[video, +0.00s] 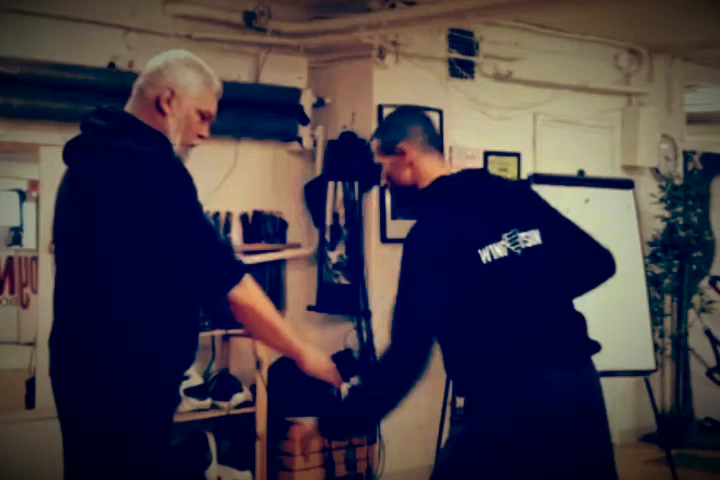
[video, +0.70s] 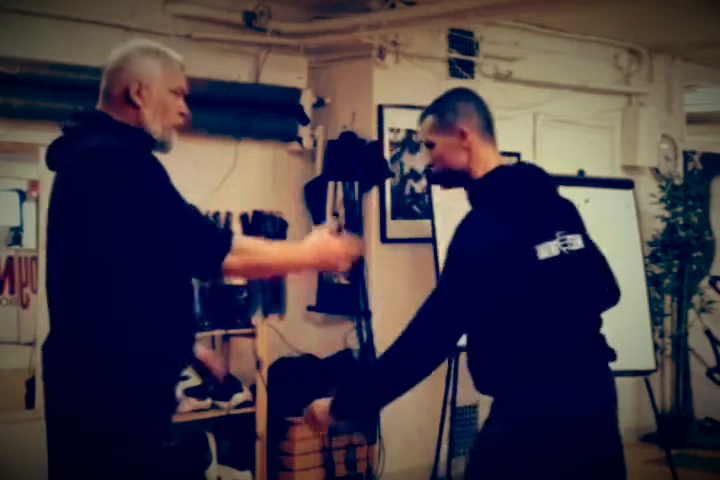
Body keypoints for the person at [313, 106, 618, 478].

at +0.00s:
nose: (386, 178)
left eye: (384, 165)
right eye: (382, 167)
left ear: (405, 152)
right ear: (431, 146)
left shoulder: (430, 232)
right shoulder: (513, 192)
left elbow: (408, 356)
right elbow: (598, 263)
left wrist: (331, 424)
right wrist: (533, 296)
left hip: (498, 407)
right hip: (576, 393)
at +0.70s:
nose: (428, 163)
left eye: (431, 147)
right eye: (425, 150)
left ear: (464, 136)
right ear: (474, 136)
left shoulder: (483, 226)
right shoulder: (552, 200)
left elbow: (429, 337)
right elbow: (605, 290)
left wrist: (344, 404)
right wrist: (536, 324)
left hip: (525, 407)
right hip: (590, 395)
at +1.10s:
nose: (542, 131)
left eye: (551, 117)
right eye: (542, 119)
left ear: (590, 121)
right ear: (586, 123)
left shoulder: (606, 186)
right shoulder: (622, 181)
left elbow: (572, 313)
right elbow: (581, 300)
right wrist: (526, 276)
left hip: (597, 387)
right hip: (620, 381)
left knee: (552, 473)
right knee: (617, 472)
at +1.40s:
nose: (551, 137)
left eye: (561, 123)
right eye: (551, 126)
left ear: (602, 126)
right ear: (596, 128)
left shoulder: (646, 196)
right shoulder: (564, 211)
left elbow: (653, 310)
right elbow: (547, 308)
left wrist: (593, 255)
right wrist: (511, 259)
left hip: (608, 389)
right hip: (568, 387)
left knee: (538, 473)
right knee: (609, 472)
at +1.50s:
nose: (539, 141)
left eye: (548, 127)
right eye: (539, 130)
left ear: (589, 129)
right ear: (584, 131)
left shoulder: (633, 207)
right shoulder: (551, 215)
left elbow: (655, 324)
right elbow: (537, 312)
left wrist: (587, 265)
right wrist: (501, 266)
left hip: (596, 390)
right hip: (556, 387)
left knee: (517, 473)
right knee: (600, 472)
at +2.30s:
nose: (341, 202)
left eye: (338, 188)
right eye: (335, 191)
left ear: (363, 172)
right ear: (375, 164)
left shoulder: (417, 248)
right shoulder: (446, 202)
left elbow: (401, 381)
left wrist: (308, 429)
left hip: (483, 409)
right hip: (530, 385)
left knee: (428, 472)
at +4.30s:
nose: (345, 191)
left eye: (344, 178)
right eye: (339, 180)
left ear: (373, 164)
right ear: (377, 162)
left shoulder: (425, 226)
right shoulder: (440, 202)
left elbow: (389, 367)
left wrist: (285, 379)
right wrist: (398, 305)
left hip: (478, 395)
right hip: (501, 379)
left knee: (420, 474)